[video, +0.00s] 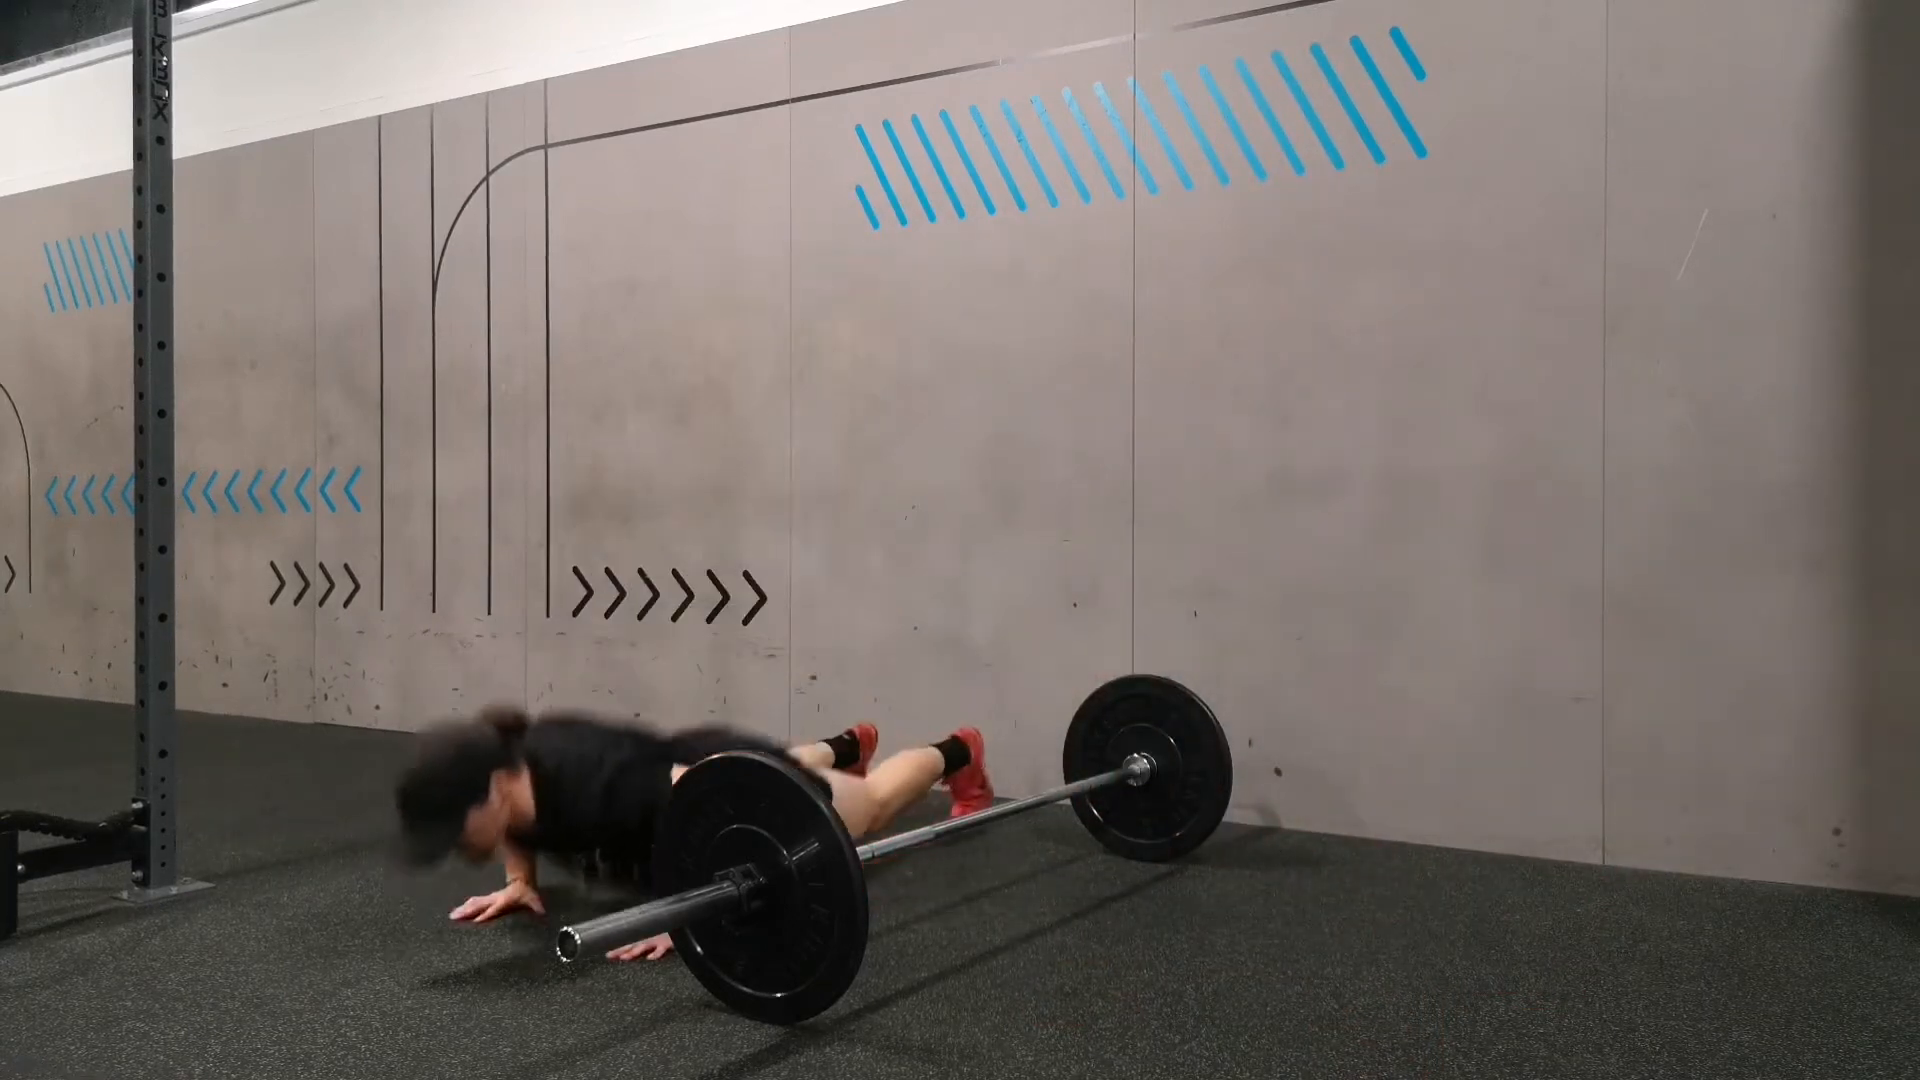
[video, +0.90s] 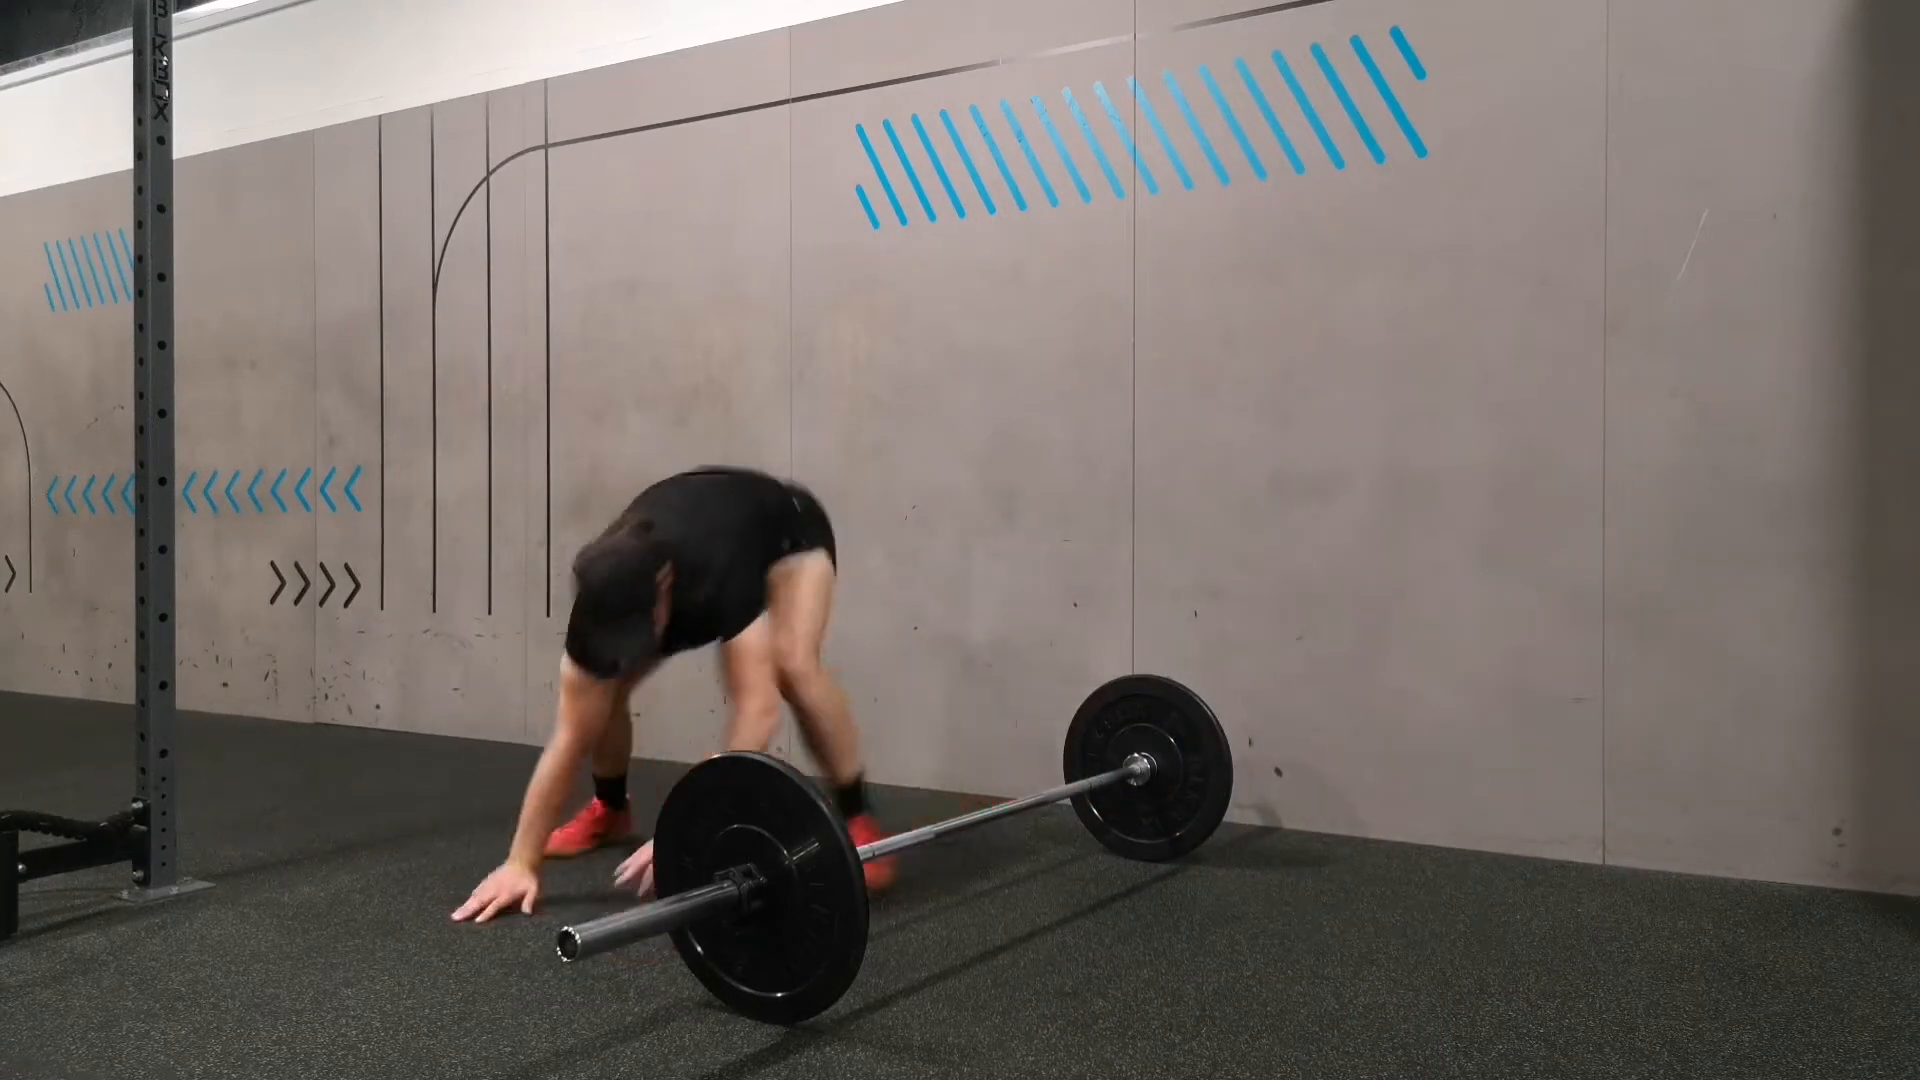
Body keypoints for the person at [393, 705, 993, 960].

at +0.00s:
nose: (465, 847)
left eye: (462, 835)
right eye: (454, 842)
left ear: (489, 801)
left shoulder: (594, 785)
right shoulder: (505, 767)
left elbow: (705, 799)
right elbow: (509, 816)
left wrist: (679, 913)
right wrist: (521, 882)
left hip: (747, 786)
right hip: (689, 763)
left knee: (870, 801)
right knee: (775, 765)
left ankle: (952, 753)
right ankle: (844, 749)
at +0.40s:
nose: (481, 762)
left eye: (484, 746)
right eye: (472, 752)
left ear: (519, 712)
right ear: (490, 727)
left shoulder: (623, 725)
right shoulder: (502, 741)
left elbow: (724, 799)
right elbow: (495, 797)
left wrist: (681, 907)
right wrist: (518, 877)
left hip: (761, 798)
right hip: (693, 788)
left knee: (886, 817)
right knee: (766, 770)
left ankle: (965, 745)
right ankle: (827, 742)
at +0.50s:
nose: (495, 728)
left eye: (497, 713)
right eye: (485, 721)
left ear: (532, 674)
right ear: (497, 695)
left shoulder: (623, 680)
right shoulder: (511, 697)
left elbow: (717, 790)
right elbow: (492, 782)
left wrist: (684, 910)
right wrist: (518, 878)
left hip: (767, 746)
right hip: (691, 758)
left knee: (870, 816)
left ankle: (968, 756)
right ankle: (838, 760)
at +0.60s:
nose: (497, 714)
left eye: (497, 699)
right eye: (486, 707)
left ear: (527, 658)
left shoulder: (614, 656)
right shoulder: (508, 668)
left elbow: (702, 791)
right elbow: (500, 775)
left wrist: (683, 909)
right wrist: (518, 878)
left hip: (765, 661)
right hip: (693, 689)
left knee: (858, 751)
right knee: (733, 750)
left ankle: (970, 747)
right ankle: (824, 760)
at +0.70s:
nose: (536, 710)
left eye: (538, 693)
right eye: (524, 700)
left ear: (562, 651)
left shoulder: (640, 635)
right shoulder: (525, 643)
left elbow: (681, 775)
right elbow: (522, 764)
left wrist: (678, 906)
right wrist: (521, 877)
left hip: (770, 554)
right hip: (695, 569)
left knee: (851, 724)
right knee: (690, 711)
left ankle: (946, 726)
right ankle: (790, 722)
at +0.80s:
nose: (597, 683)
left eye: (598, 666)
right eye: (582, 674)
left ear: (618, 626)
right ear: (553, 645)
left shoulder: (676, 604)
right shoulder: (572, 627)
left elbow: (706, 756)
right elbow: (555, 761)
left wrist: (676, 898)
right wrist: (524, 878)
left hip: (778, 504)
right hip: (693, 502)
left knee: (814, 683)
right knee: (616, 686)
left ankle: (904, 757)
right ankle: (700, 743)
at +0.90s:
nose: (622, 661)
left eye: (634, 643)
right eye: (607, 652)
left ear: (663, 588)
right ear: (584, 603)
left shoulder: (722, 574)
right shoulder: (598, 599)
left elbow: (757, 717)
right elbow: (570, 738)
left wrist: (695, 834)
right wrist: (519, 863)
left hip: (785, 524)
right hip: (690, 516)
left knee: (794, 663)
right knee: (601, 694)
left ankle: (858, 820)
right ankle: (609, 808)